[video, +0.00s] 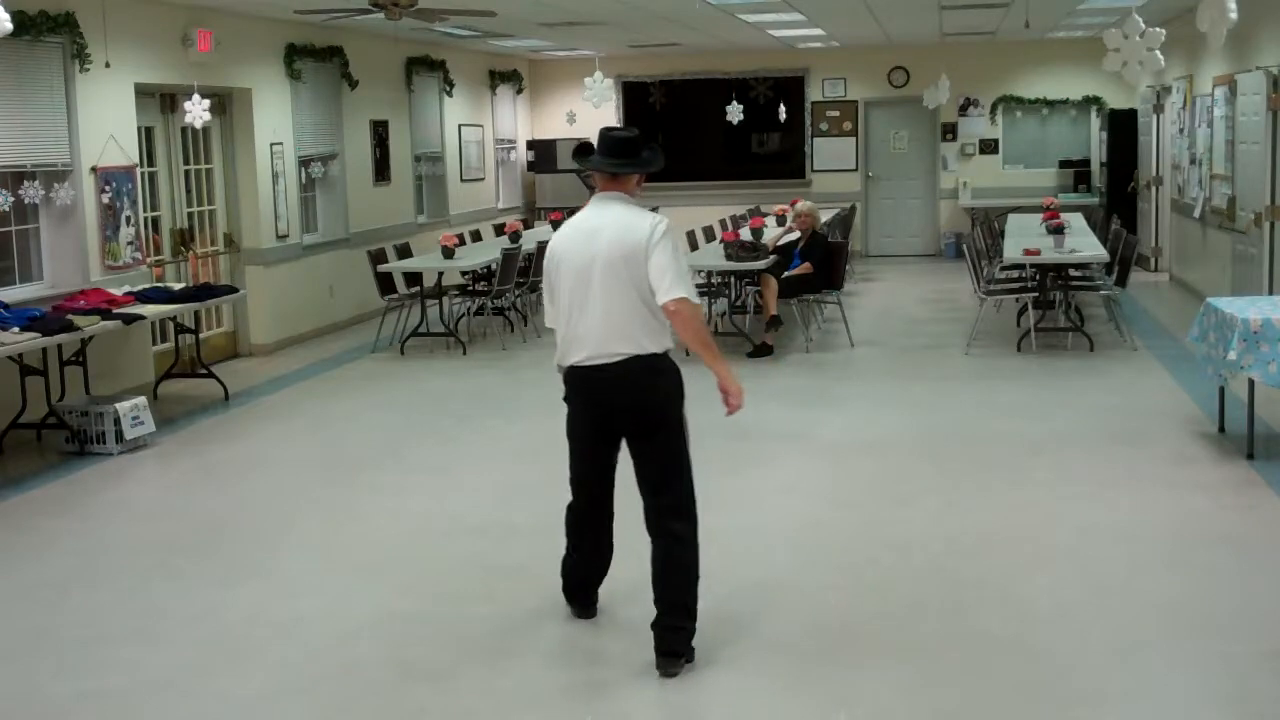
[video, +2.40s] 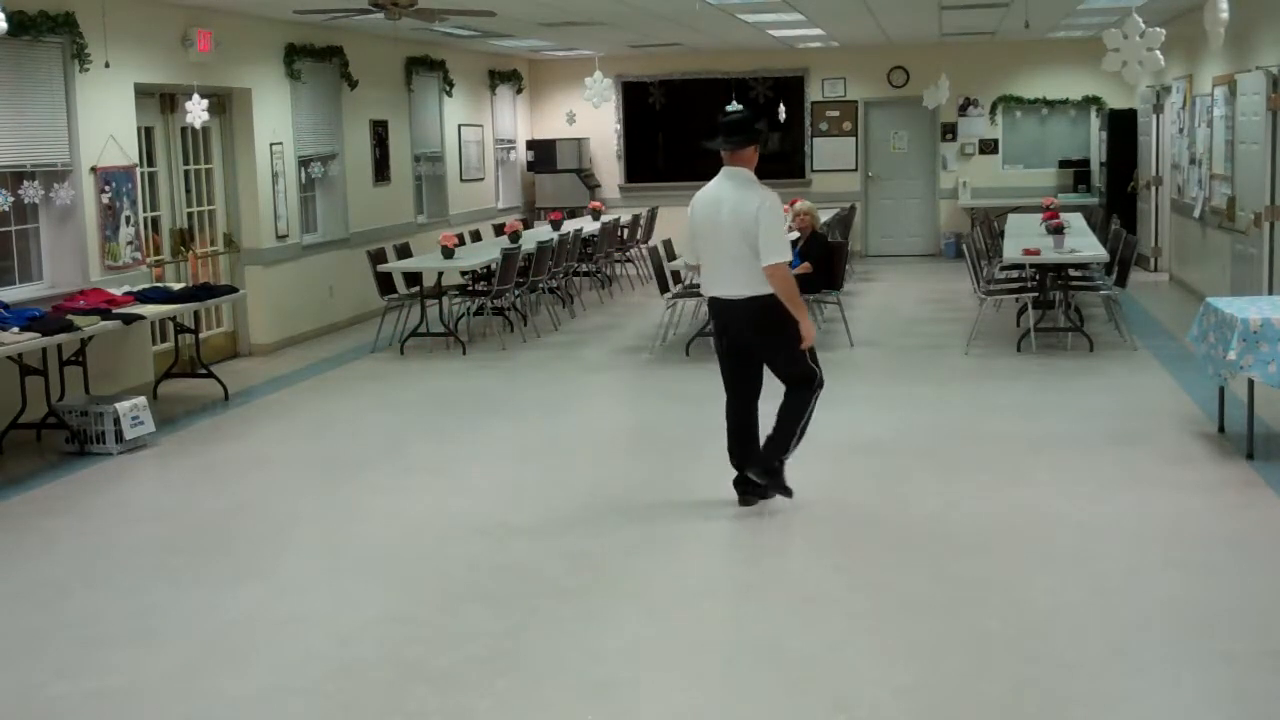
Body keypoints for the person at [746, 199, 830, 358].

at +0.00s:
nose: (802, 220)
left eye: (806, 216)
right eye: (798, 216)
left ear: (814, 219)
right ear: (795, 220)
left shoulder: (820, 240)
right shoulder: (797, 241)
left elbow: (810, 267)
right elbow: (767, 249)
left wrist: (785, 276)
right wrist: (785, 230)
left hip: (810, 279)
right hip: (791, 275)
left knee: (767, 291)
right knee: (765, 275)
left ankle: (767, 343)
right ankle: (773, 315)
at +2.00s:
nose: (801, 217)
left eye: (805, 214)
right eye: (798, 215)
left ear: (813, 219)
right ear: (794, 219)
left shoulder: (819, 239)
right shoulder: (795, 243)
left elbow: (810, 266)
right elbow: (767, 249)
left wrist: (785, 276)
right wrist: (785, 231)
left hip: (810, 279)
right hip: (791, 277)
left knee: (768, 291)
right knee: (767, 277)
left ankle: (771, 341)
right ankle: (773, 316)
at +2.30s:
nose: (801, 218)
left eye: (805, 215)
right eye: (798, 215)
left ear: (812, 218)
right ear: (794, 220)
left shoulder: (819, 239)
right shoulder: (795, 242)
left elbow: (809, 266)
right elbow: (768, 249)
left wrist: (786, 275)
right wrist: (785, 231)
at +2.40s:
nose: (801, 218)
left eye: (805, 215)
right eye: (798, 215)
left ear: (812, 218)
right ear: (794, 220)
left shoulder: (819, 239)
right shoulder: (793, 241)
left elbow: (810, 266)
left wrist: (787, 275)